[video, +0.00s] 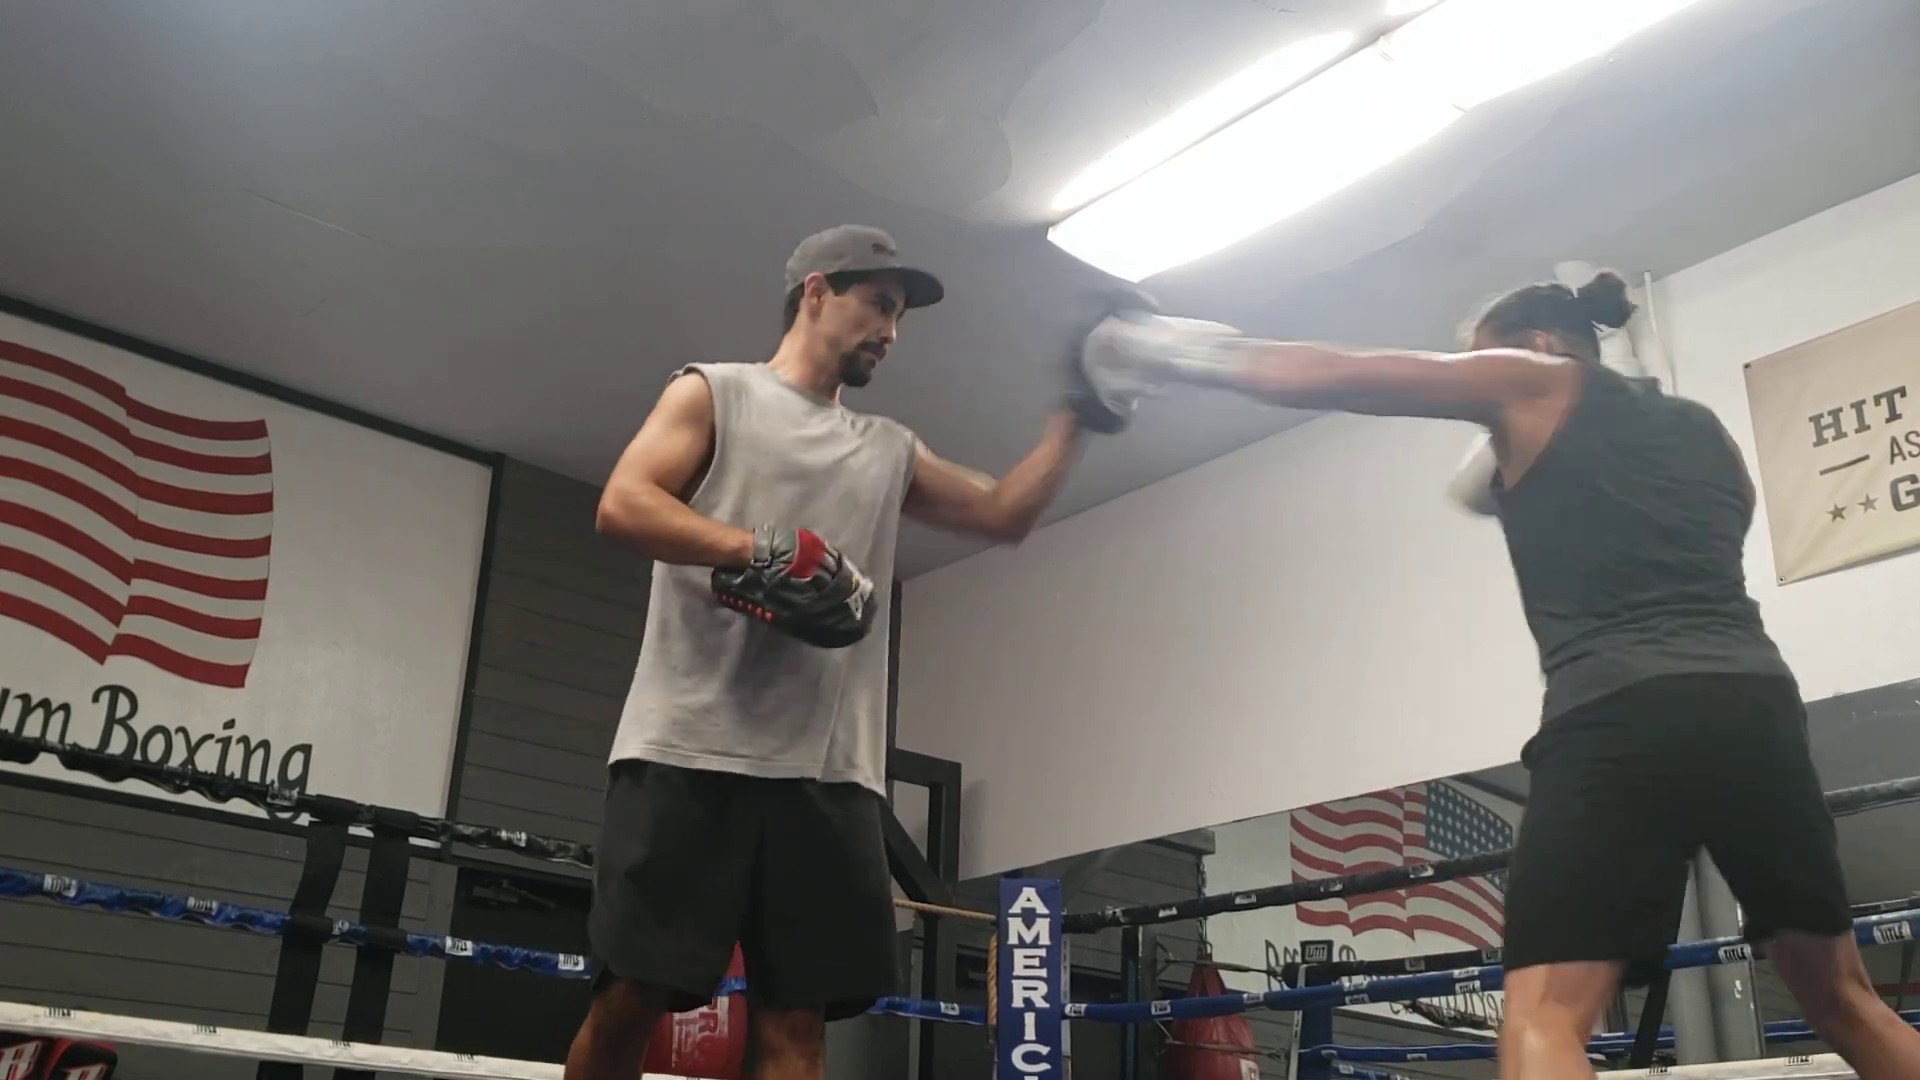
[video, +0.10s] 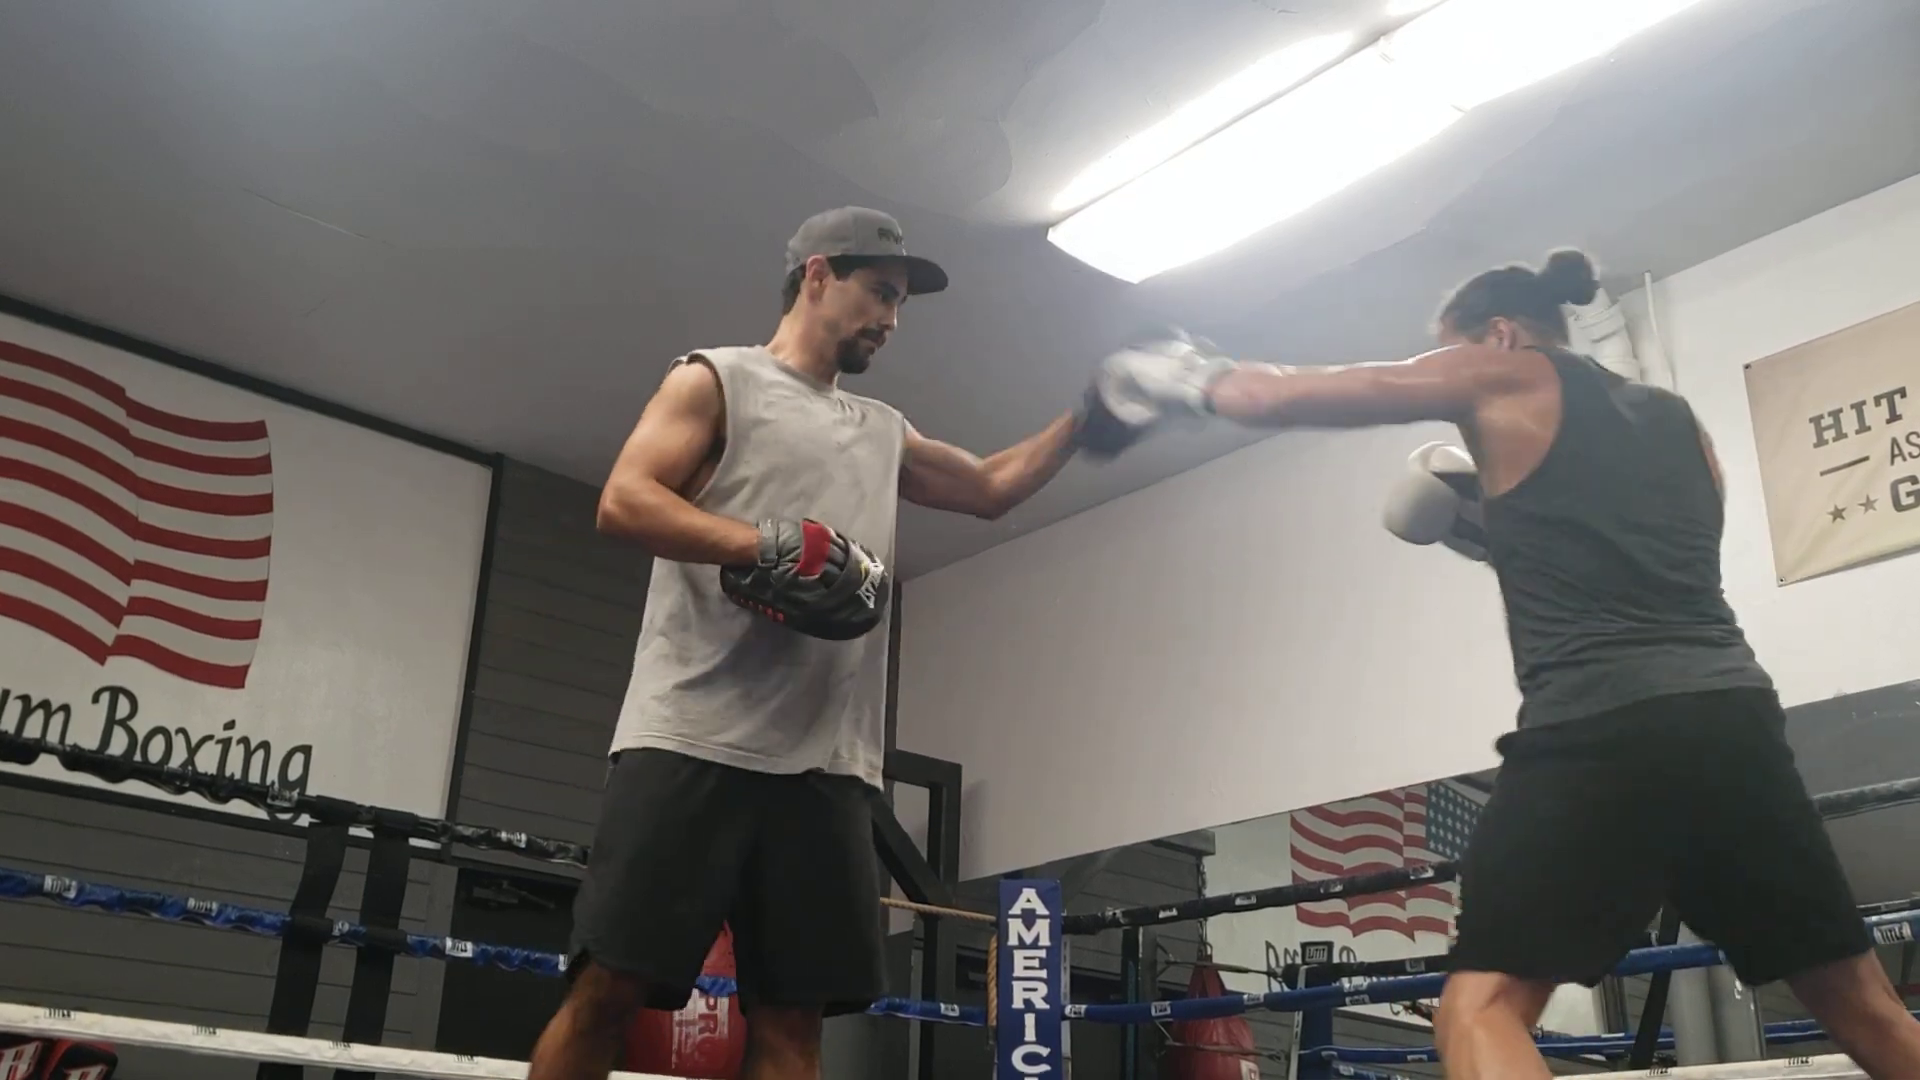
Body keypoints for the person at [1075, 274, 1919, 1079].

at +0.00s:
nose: (1477, 372)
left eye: (1485, 356)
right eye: (1478, 357)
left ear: (1534, 344)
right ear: (1590, 344)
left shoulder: (1533, 377)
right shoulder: (1706, 432)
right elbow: (1644, 507)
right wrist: (1511, 481)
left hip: (1614, 715)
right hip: (1751, 702)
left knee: (1549, 1018)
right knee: (1845, 992)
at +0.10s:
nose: (1451, 360)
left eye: (1457, 343)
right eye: (1449, 347)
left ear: (1504, 333)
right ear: (1552, 329)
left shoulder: (1498, 372)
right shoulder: (1683, 421)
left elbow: (1276, 396)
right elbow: (1631, 549)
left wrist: (1192, 376)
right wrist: (1471, 521)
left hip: (1586, 737)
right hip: (1733, 724)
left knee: (1484, 1008)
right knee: (1863, 1003)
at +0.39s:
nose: (1437, 485)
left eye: (1431, 465)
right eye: (1426, 474)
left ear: (1475, 419)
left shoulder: (1571, 424)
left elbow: (1530, 541)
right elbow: (1531, 715)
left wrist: (1417, 497)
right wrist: (1439, 607)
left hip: (1673, 759)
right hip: (1780, 768)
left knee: (1448, 983)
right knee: (1755, 1053)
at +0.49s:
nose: (1498, 491)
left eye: (1494, 466)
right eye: (1483, 476)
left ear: (1542, 435)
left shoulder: (1635, 449)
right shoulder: (1629, 579)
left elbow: (1603, 533)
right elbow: (1560, 724)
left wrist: (1479, 483)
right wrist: (1482, 605)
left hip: (1685, 774)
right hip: (1799, 790)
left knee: (1482, 997)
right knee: (1765, 1052)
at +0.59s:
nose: (1557, 435)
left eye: (1551, 417)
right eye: (1545, 426)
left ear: (1582, 390)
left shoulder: (1676, 416)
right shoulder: (1647, 530)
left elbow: (1658, 482)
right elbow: (1574, 665)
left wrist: (1533, 435)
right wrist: (1503, 558)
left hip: (1729, 726)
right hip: (1820, 739)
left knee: (1625, 964)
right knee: (1804, 1038)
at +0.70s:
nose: (1577, 390)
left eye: (1574, 371)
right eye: (1568, 383)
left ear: (1605, 347)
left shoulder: (1697, 372)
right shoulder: (1674, 490)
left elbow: (1655, 432)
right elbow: (1591, 615)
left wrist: (1546, 379)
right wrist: (1519, 508)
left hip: (1762, 687)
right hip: (1829, 700)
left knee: (1685, 934)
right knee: (1819, 1004)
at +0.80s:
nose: (1607, 391)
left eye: (1603, 369)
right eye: (1595, 385)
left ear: (1637, 345)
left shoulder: (1720, 377)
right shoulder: (1703, 486)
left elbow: (1660, 439)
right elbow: (1634, 629)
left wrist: (1564, 381)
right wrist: (1557, 522)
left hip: (1790, 692)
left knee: (1773, 972)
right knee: (1808, 984)